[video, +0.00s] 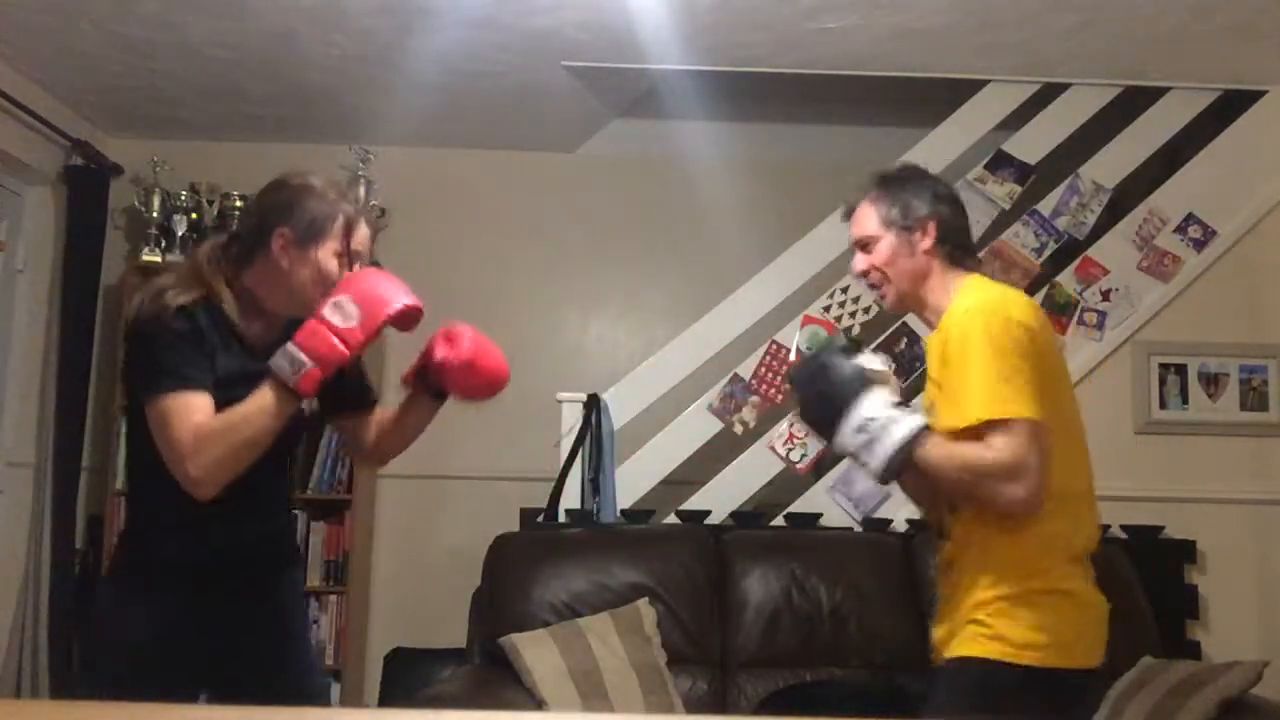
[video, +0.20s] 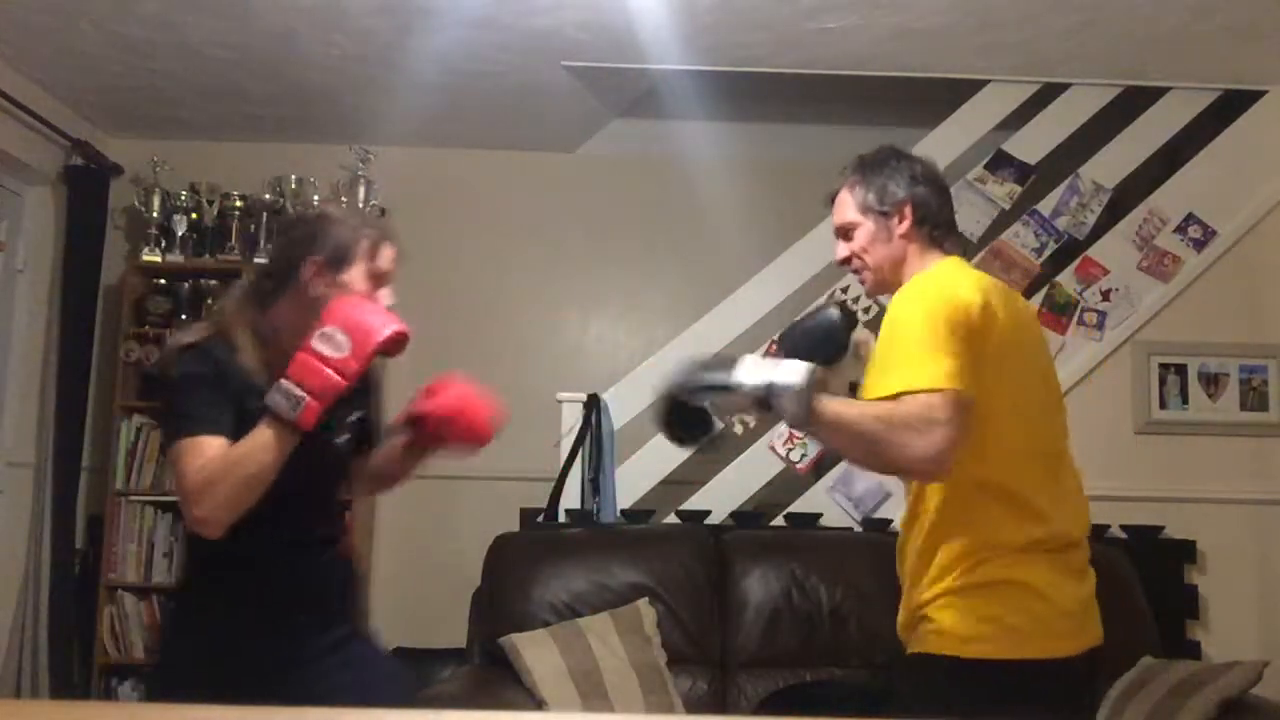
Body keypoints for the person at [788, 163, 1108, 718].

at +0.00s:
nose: (858, 268)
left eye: (867, 245)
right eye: (855, 252)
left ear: (924, 234)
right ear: (921, 238)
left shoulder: (985, 311)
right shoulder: (961, 329)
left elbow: (1015, 481)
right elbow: (959, 504)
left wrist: (879, 427)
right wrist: (880, 426)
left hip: (1020, 638)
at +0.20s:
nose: (841, 254)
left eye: (849, 232)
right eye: (837, 239)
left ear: (901, 218)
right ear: (903, 219)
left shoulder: (934, 294)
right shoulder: (1000, 300)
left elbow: (926, 442)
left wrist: (789, 399)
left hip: (984, 649)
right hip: (1050, 642)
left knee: (784, 709)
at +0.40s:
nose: (876, 250)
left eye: (880, 232)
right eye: (872, 237)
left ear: (930, 215)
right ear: (951, 218)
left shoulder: (941, 281)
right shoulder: (1040, 304)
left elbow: (813, 355)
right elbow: (908, 447)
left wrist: (678, 304)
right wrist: (841, 328)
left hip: (987, 636)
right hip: (1073, 632)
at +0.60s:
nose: (945, 269)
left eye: (951, 252)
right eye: (944, 254)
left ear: (993, 244)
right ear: (1038, 250)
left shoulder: (1005, 314)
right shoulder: (1101, 341)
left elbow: (864, 394)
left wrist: (801, 295)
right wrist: (961, 319)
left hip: (1034, 648)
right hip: (1119, 647)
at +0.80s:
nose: (1032, 269)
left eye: (1037, 251)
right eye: (1031, 255)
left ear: (1081, 241)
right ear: (1128, 252)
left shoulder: (1056, 300)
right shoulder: (1190, 334)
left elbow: (930, 367)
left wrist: (835, 406)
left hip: (1070, 631)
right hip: (1184, 640)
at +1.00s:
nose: (1062, 281)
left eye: (1066, 264)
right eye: (1061, 268)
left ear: (1108, 251)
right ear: (1164, 270)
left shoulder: (1092, 303)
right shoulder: (1220, 341)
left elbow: (946, 311)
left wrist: (862, 352)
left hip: (1109, 619)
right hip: (1220, 633)